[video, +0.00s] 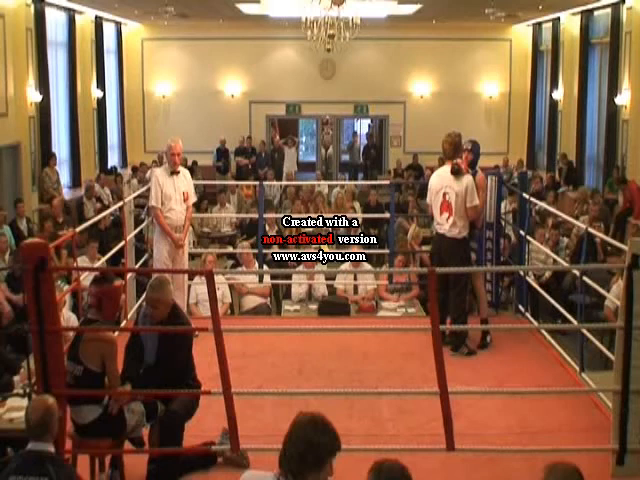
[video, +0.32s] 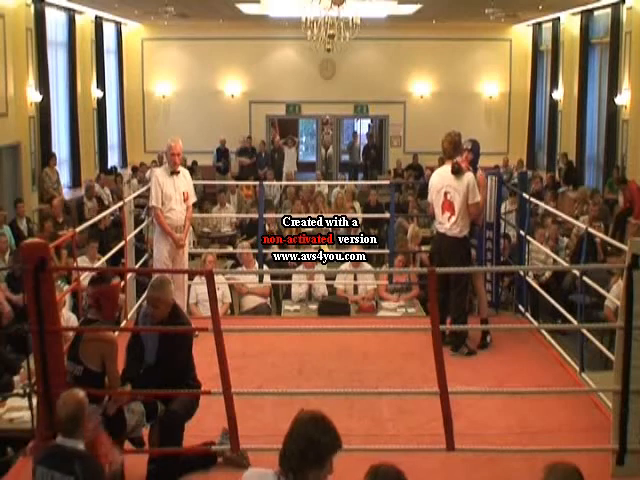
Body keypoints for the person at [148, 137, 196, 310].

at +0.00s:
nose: (176, 159)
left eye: (179, 155)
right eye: (172, 155)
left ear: (182, 155)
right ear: (166, 156)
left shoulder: (185, 174)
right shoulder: (157, 174)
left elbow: (190, 204)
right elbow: (154, 208)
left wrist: (184, 233)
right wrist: (172, 234)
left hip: (182, 227)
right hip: (164, 227)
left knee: (181, 270)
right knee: (162, 269)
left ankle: (181, 310)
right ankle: (162, 310)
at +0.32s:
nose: (176, 159)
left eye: (179, 155)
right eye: (172, 155)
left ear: (182, 156)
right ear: (166, 156)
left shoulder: (185, 174)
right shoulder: (157, 174)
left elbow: (189, 204)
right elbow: (155, 209)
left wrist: (185, 233)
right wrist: (172, 234)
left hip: (182, 227)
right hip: (164, 227)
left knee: (181, 270)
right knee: (162, 270)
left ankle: (181, 310)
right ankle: (161, 311)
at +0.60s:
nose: (176, 159)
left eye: (179, 155)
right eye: (172, 155)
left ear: (182, 155)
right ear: (166, 155)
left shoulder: (185, 174)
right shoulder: (158, 174)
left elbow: (189, 204)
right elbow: (155, 209)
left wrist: (185, 233)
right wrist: (172, 234)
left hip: (182, 227)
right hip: (164, 228)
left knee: (181, 270)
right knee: (163, 269)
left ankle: (181, 309)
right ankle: (162, 310)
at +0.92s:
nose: (175, 159)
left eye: (178, 155)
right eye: (172, 155)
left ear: (182, 156)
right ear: (166, 156)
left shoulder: (185, 174)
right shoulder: (157, 174)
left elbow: (189, 204)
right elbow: (155, 208)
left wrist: (185, 233)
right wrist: (172, 234)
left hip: (182, 227)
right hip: (164, 227)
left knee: (181, 271)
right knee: (163, 271)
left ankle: (181, 311)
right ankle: (162, 311)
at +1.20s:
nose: (175, 159)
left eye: (178, 155)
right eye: (172, 155)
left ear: (182, 156)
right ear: (166, 156)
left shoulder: (185, 174)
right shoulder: (157, 174)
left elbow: (189, 204)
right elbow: (154, 208)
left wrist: (185, 232)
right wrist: (172, 234)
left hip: (182, 227)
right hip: (164, 227)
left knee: (181, 271)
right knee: (163, 271)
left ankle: (181, 310)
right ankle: (162, 311)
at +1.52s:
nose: (176, 159)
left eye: (178, 155)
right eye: (172, 155)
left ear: (182, 155)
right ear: (166, 156)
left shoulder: (185, 174)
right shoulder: (158, 174)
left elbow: (190, 204)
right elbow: (155, 209)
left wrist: (185, 232)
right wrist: (172, 235)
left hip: (182, 227)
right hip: (164, 227)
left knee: (181, 268)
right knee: (163, 266)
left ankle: (181, 305)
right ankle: (162, 306)